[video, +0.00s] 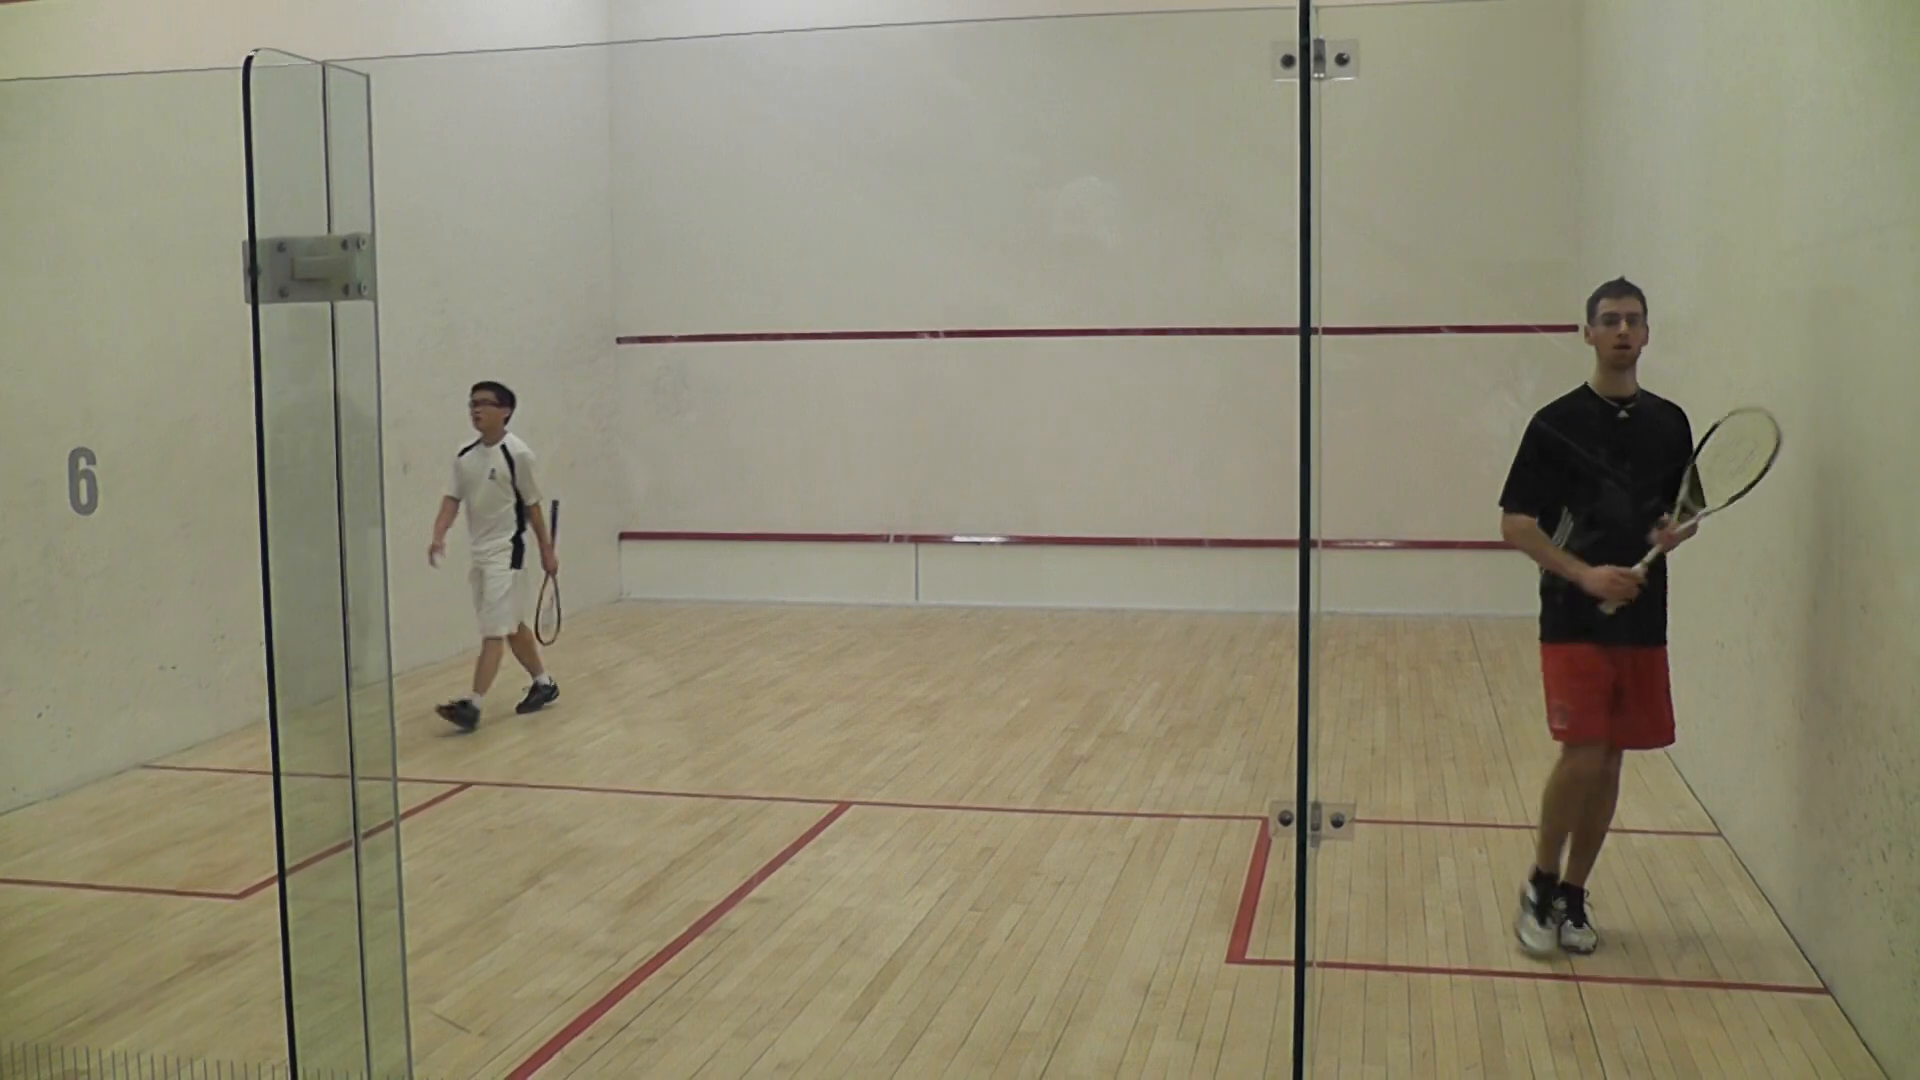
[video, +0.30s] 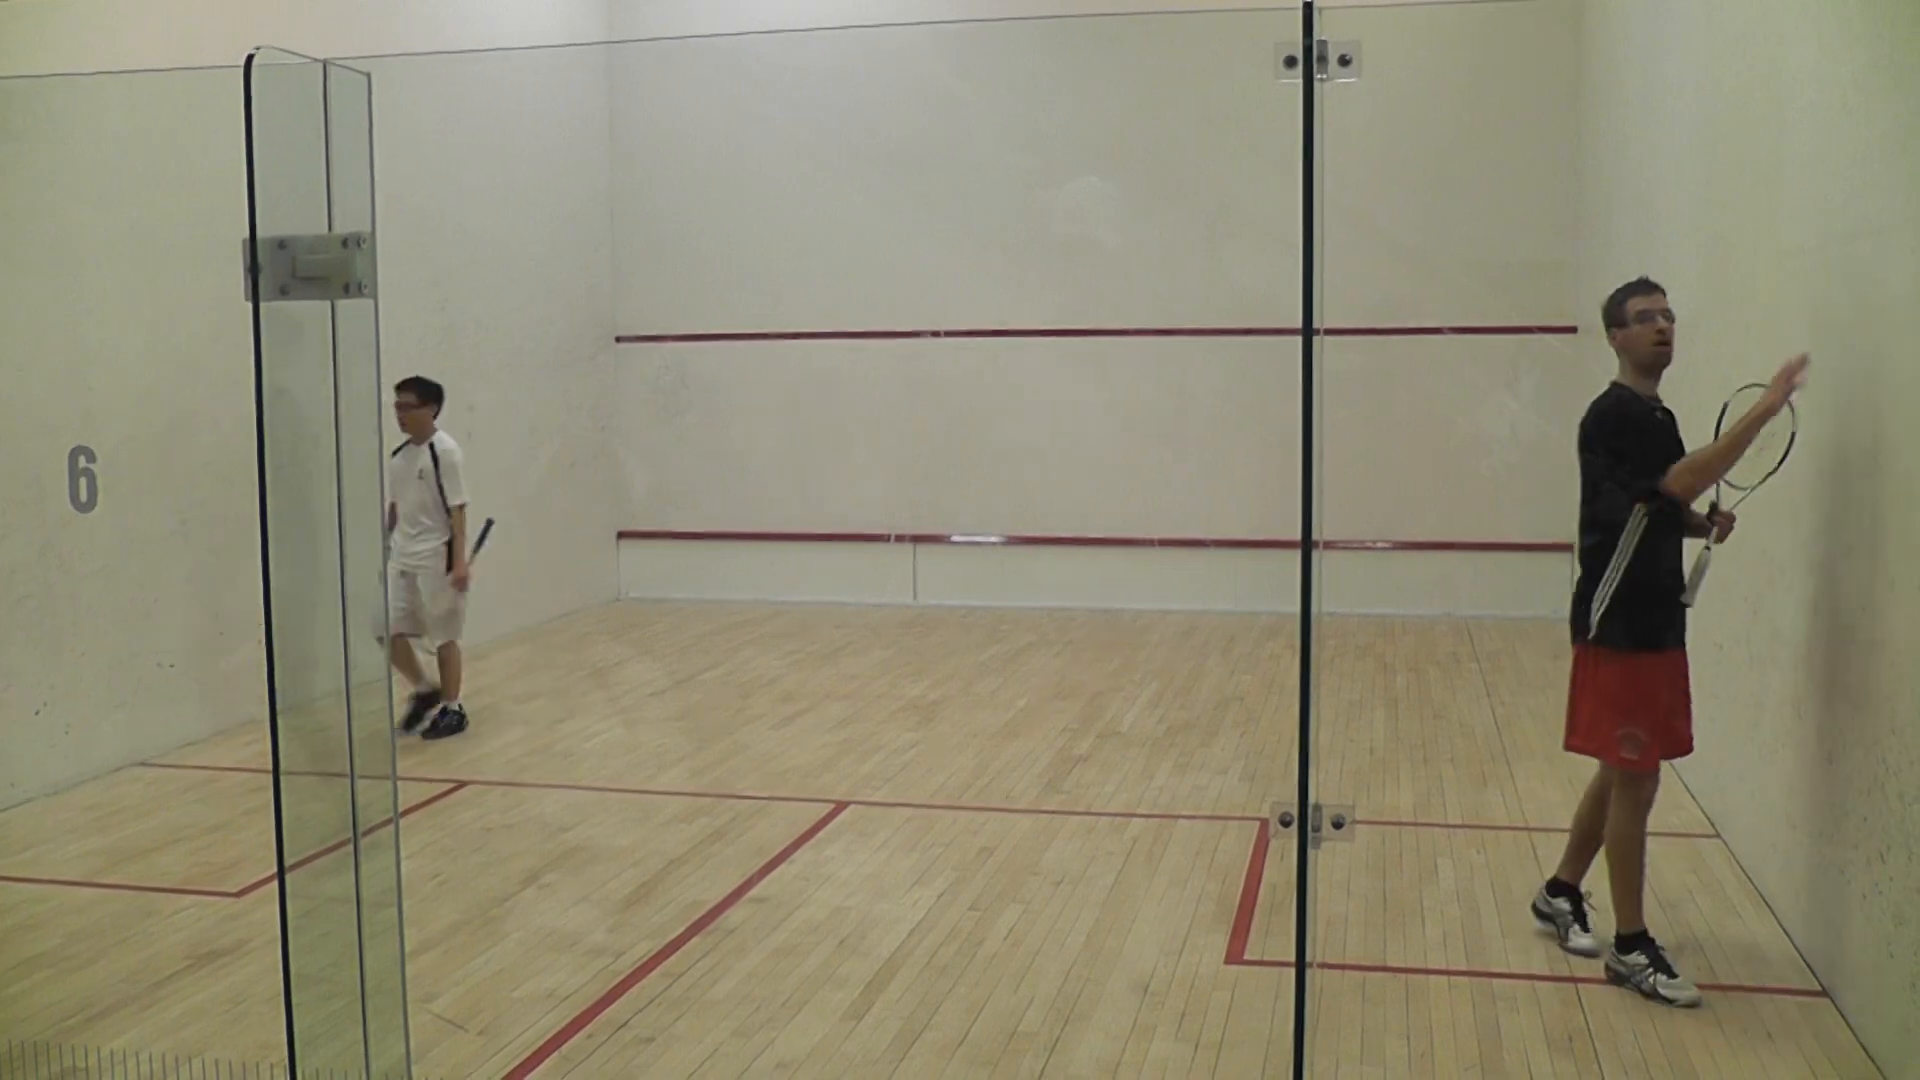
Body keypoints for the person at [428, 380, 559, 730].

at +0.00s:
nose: (476, 411)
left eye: (484, 405)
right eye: (473, 405)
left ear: (505, 411)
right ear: (471, 411)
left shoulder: (517, 454)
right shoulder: (465, 456)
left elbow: (534, 507)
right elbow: (452, 500)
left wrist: (547, 550)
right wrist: (439, 534)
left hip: (506, 554)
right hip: (479, 553)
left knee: (492, 626)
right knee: (509, 623)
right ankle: (543, 683)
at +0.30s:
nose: (399, 414)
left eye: (406, 408)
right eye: (397, 407)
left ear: (431, 410)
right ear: (398, 410)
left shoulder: (445, 452)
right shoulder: (398, 455)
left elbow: (458, 510)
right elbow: (394, 506)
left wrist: (460, 561)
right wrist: (385, 546)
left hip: (438, 559)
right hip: (401, 558)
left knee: (444, 636)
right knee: (389, 632)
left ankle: (452, 707)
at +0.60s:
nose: (312, 433)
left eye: (320, 426)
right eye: (310, 426)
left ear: (343, 425)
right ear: (309, 426)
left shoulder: (360, 462)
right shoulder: (316, 469)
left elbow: (373, 520)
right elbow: (322, 521)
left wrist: (340, 553)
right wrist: (317, 557)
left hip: (356, 581)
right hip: (317, 580)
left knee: (368, 657)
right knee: (309, 655)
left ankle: (421, 695)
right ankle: (316, 737)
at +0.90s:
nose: (234, 444)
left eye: (241, 436)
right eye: (231, 436)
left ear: (265, 433)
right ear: (230, 434)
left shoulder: (284, 471)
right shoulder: (232, 474)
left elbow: (311, 529)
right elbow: (206, 511)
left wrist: (298, 582)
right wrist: (159, 531)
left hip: (273, 590)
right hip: (246, 589)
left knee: (255, 675)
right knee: (276, 670)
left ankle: (235, 764)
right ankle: (310, 740)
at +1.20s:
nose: (151, 450)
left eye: (157, 442)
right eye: (148, 442)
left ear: (184, 436)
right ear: (154, 438)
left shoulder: (207, 477)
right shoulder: (158, 475)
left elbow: (225, 544)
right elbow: (117, 484)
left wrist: (223, 604)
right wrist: (68, 460)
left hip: (198, 608)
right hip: (158, 603)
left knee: (194, 695)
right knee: (146, 686)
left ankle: (200, 774)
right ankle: (198, 734)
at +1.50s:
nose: (66, 465)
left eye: (72, 456)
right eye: (62, 457)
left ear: (100, 449)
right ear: (62, 455)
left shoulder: (123, 492)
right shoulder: (71, 487)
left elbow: (148, 558)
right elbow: (30, 511)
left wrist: (132, 617)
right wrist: (3, 468)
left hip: (124, 625)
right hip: (79, 624)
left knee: (150, 710)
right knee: (68, 717)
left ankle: (187, 769)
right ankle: (66, 813)